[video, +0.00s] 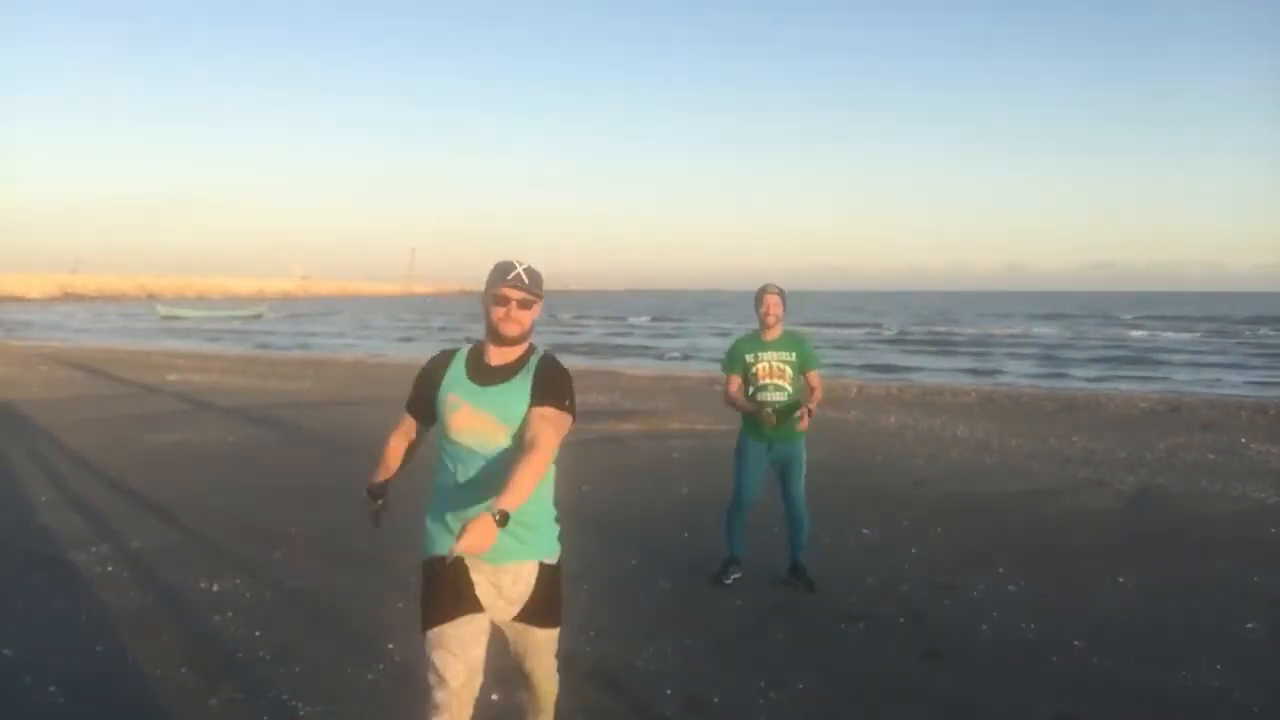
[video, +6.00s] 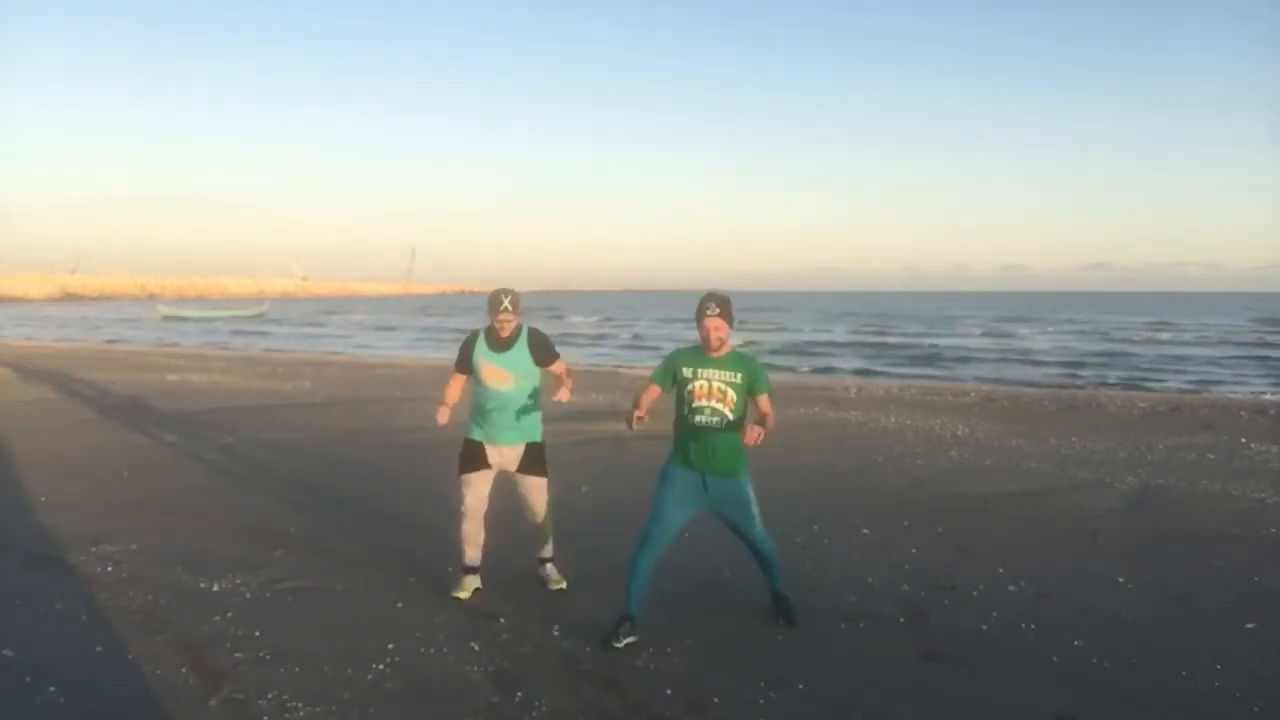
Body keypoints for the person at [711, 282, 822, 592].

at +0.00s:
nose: (769, 311)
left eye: (775, 305)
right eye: (764, 305)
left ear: (783, 310)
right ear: (756, 310)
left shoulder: (799, 345)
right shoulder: (742, 347)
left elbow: (816, 387)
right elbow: (731, 392)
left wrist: (808, 408)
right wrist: (756, 410)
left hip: (791, 434)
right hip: (755, 434)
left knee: (796, 501)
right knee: (743, 498)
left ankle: (798, 564)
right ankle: (734, 561)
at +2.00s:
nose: (774, 316)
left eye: (779, 310)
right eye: (769, 311)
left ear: (790, 312)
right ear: (764, 316)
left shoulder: (810, 345)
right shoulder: (755, 348)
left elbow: (817, 390)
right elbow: (744, 396)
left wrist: (821, 436)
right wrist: (740, 443)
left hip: (802, 437)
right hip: (766, 437)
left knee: (807, 505)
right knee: (760, 500)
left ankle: (800, 568)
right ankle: (765, 566)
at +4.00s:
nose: (758, 304)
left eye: (765, 298)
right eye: (753, 298)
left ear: (775, 305)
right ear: (745, 305)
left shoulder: (790, 343)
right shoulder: (732, 346)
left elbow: (801, 387)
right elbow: (729, 394)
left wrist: (779, 392)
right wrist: (732, 389)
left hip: (781, 443)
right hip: (743, 442)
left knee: (784, 522)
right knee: (731, 516)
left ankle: (776, 592)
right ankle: (735, 582)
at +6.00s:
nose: (711, 334)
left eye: (718, 326)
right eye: (705, 326)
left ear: (730, 327)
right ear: (697, 327)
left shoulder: (748, 366)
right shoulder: (679, 360)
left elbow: (766, 413)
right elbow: (650, 392)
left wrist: (760, 427)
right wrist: (639, 411)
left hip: (730, 475)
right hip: (684, 471)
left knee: (758, 540)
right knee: (652, 543)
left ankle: (780, 598)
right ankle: (629, 620)